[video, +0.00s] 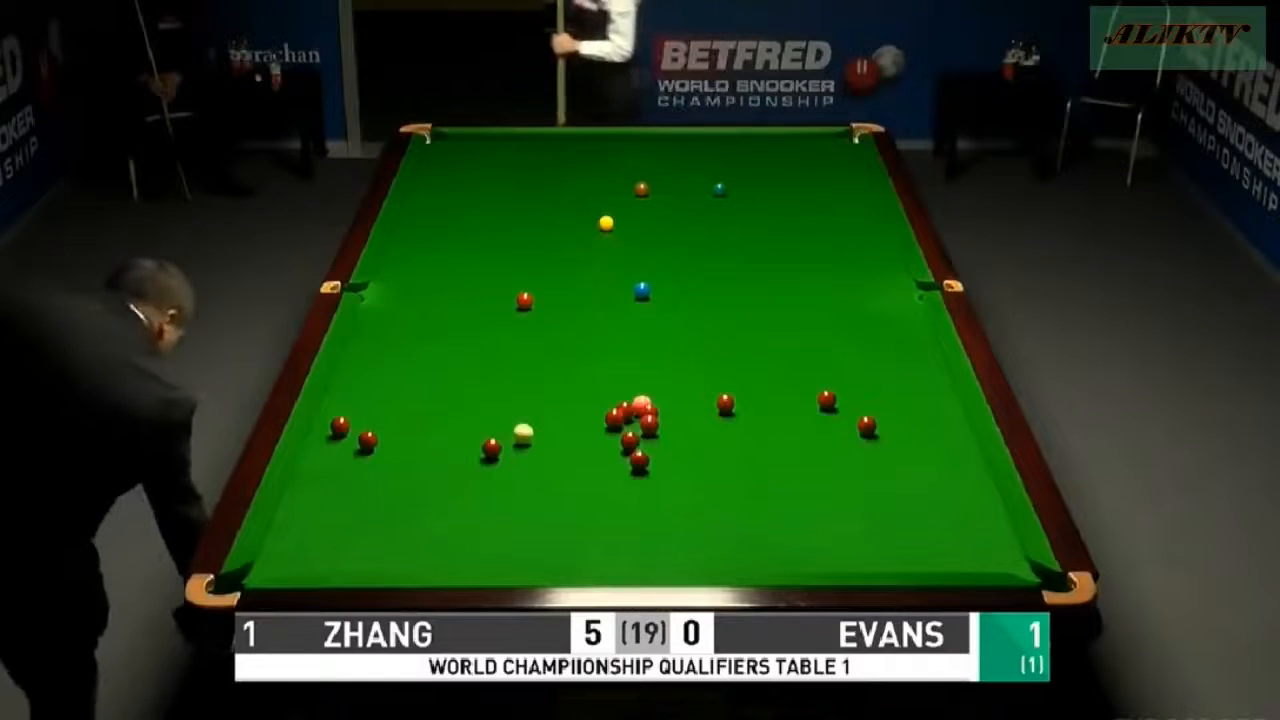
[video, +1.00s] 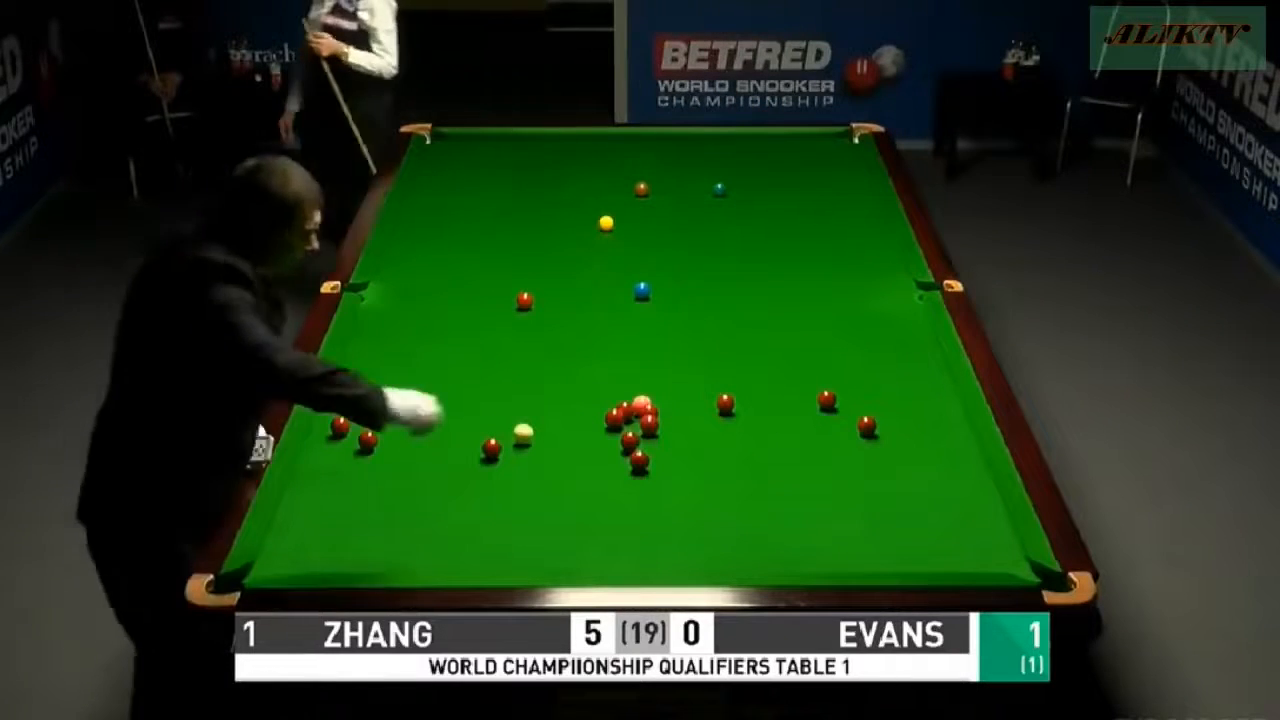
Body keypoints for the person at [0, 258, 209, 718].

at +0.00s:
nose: (172, 346)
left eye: (178, 337)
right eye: (176, 335)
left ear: (113, 294)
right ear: (164, 323)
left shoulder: (28, 316)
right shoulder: (156, 400)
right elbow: (182, 521)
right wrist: (212, 596)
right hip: (45, 580)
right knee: (65, 709)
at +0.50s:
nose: (223, 282)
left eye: (224, 271)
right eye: (218, 272)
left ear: (138, 245)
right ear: (181, 271)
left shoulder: (43, 273)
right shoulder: (161, 362)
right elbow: (169, 485)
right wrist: (171, 568)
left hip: (3, 512)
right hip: (82, 548)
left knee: (58, 660)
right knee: (100, 674)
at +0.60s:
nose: (234, 267)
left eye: (235, 256)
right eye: (229, 257)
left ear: (151, 236)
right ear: (193, 257)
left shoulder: (67, 280)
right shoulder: (168, 345)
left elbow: (40, 409)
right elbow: (161, 466)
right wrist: (177, 519)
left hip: (43, 512)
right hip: (113, 545)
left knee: (76, 672)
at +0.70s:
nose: (246, 257)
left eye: (247, 245)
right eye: (240, 246)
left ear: (177, 231)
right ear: (201, 242)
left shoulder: (94, 277)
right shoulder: (162, 316)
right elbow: (158, 442)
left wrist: (197, 444)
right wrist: (207, 485)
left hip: (69, 517)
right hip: (121, 536)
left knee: (102, 669)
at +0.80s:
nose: (269, 243)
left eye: (270, 231)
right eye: (262, 231)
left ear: (213, 222)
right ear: (224, 227)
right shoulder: (164, 279)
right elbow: (191, 371)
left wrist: (232, 429)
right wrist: (261, 426)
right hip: (132, 510)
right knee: (156, 667)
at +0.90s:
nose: (286, 241)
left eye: (287, 229)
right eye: (279, 230)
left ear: (237, 221)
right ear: (239, 226)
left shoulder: (200, 264)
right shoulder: (179, 276)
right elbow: (220, 362)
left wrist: (228, 427)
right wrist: (313, 410)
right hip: (133, 508)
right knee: (168, 665)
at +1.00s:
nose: (314, 242)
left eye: (315, 230)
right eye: (306, 231)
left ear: (252, 220)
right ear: (268, 229)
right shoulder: (210, 284)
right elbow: (271, 363)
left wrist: (236, 436)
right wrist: (379, 402)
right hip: (144, 507)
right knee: (176, 655)